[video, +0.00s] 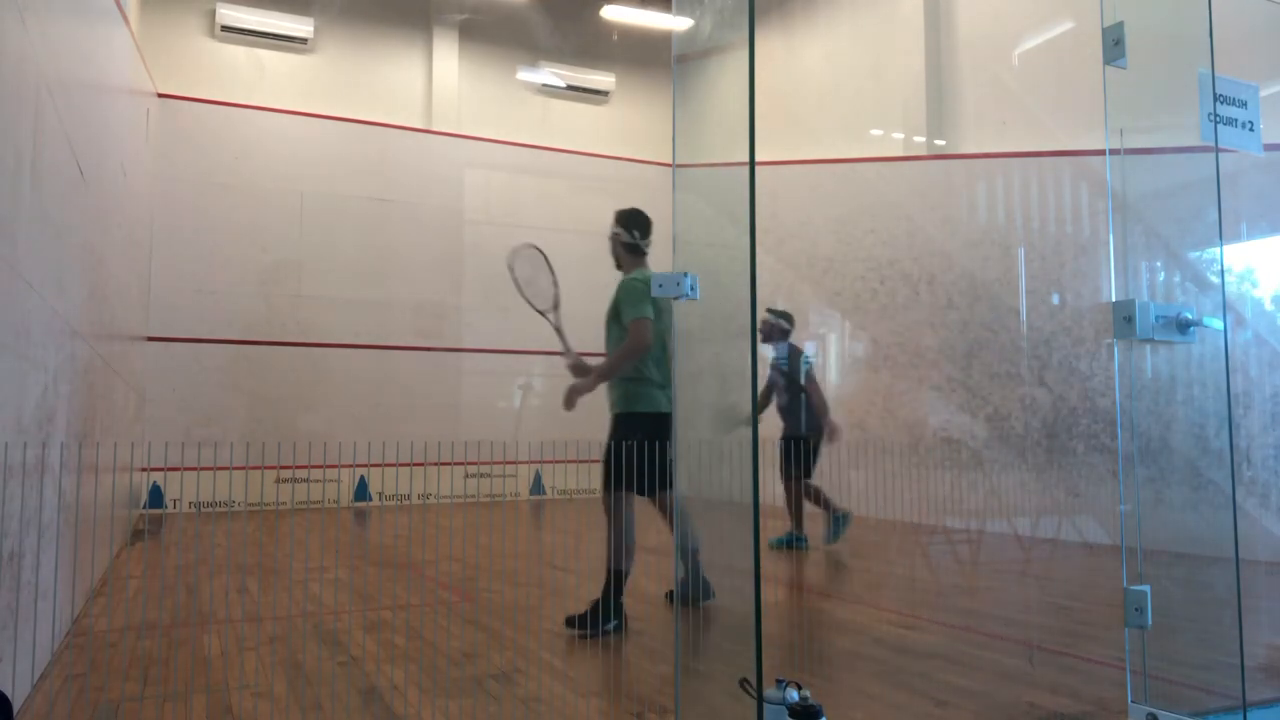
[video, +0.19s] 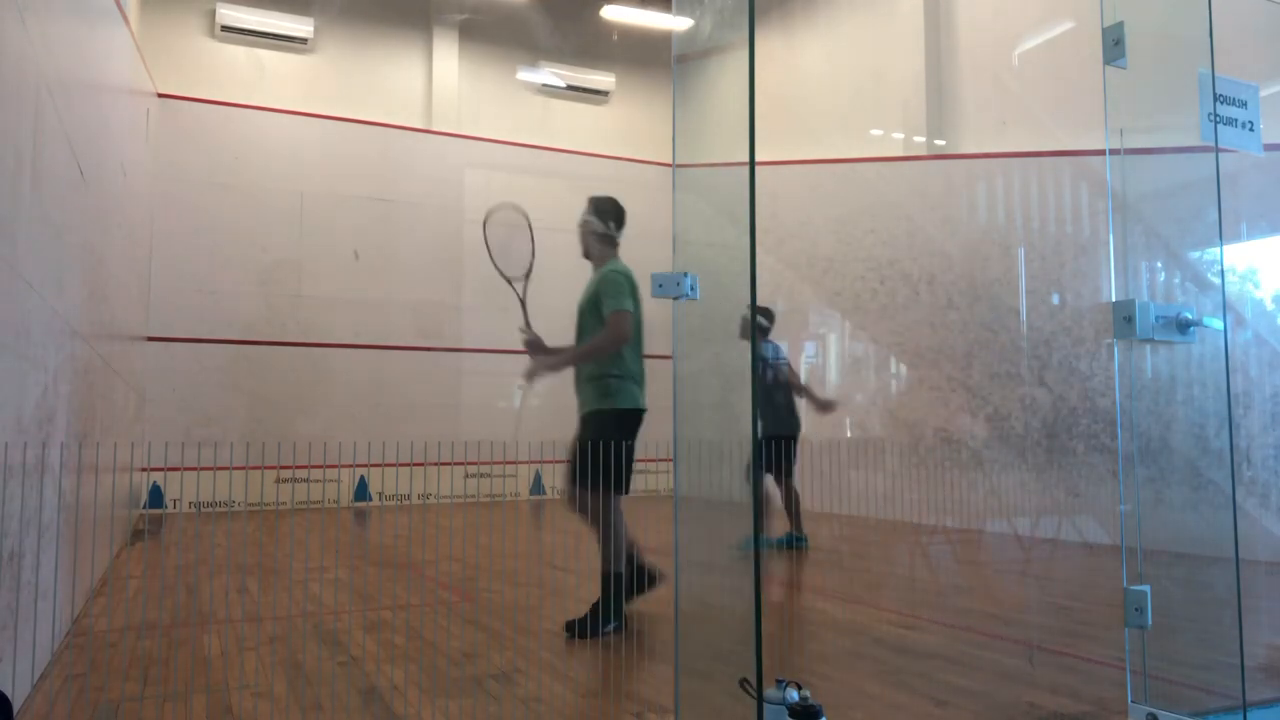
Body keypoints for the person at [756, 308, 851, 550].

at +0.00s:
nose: (760, 330)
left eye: (765, 327)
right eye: (761, 326)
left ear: (779, 330)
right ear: (775, 330)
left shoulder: (793, 355)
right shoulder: (779, 358)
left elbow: (813, 388)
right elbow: (768, 391)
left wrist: (826, 420)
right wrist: (753, 414)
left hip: (808, 427)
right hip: (792, 427)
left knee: (798, 480)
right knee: (790, 480)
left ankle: (837, 512)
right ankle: (797, 532)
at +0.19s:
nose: (740, 324)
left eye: (745, 321)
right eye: (742, 320)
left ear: (755, 327)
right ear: (762, 328)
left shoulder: (762, 351)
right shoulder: (772, 350)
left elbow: (791, 379)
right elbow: (792, 380)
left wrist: (816, 401)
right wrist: (816, 401)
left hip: (777, 427)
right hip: (781, 426)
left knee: (757, 476)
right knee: (784, 479)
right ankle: (797, 532)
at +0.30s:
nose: (731, 328)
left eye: (736, 324)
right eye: (733, 323)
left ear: (748, 330)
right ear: (750, 329)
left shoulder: (757, 352)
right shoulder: (755, 352)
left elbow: (784, 369)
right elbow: (784, 369)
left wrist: (801, 389)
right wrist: (802, 389)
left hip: (766, 431)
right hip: (768, 430)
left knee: (739, 478)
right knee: (776, 481)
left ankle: (725, 535)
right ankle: (796, 531)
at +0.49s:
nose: (706, 325)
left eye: (711, 321)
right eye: (707, 321)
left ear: (725, 326)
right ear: (730, 328)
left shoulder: (717, 355)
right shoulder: (748, 353)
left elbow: (710, 390)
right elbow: (767, 386)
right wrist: (773, 414)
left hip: (730, 431)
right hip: (754, 430)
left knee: (702, 478)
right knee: (764, 481)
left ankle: (707, 540)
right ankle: (790, 528)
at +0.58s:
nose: (697, 318)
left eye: (702, 314)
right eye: (699, 313)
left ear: (713, 320)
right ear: (722, 322)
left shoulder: (706, 347)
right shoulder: (740, 347)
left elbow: (694, 385)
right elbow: (753, 389)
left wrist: (669, 407)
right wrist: (744, 415)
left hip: (717, 425)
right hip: (744, 425)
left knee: (696, 477)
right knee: (750, 479)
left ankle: (705, 539)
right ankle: (775, 532)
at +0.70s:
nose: (691, 313)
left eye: (697, 310)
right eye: (692, 309)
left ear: (711, 315)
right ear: (717, 316)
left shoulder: (698, 344)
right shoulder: (734, 344)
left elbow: (690, 385)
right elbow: (739, 389)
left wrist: (670, 413)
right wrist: (728, 412)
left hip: (706, 425)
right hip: (734, 424)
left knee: (695, 478)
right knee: (737, 481)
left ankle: (705, 539)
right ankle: (745, 536)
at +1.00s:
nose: (678, 319)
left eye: (681, 314)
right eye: (680, 313)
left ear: (687, 317)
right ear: (707, 318)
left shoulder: (685, 341)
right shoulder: (722, 346)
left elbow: (689, 369)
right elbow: (731, 387)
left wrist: (693, 401)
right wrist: (724, 414)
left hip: (689, 423)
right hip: (718, 426)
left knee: (657, 473)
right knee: (712, 485)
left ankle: (675, 529)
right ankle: (705, 546)